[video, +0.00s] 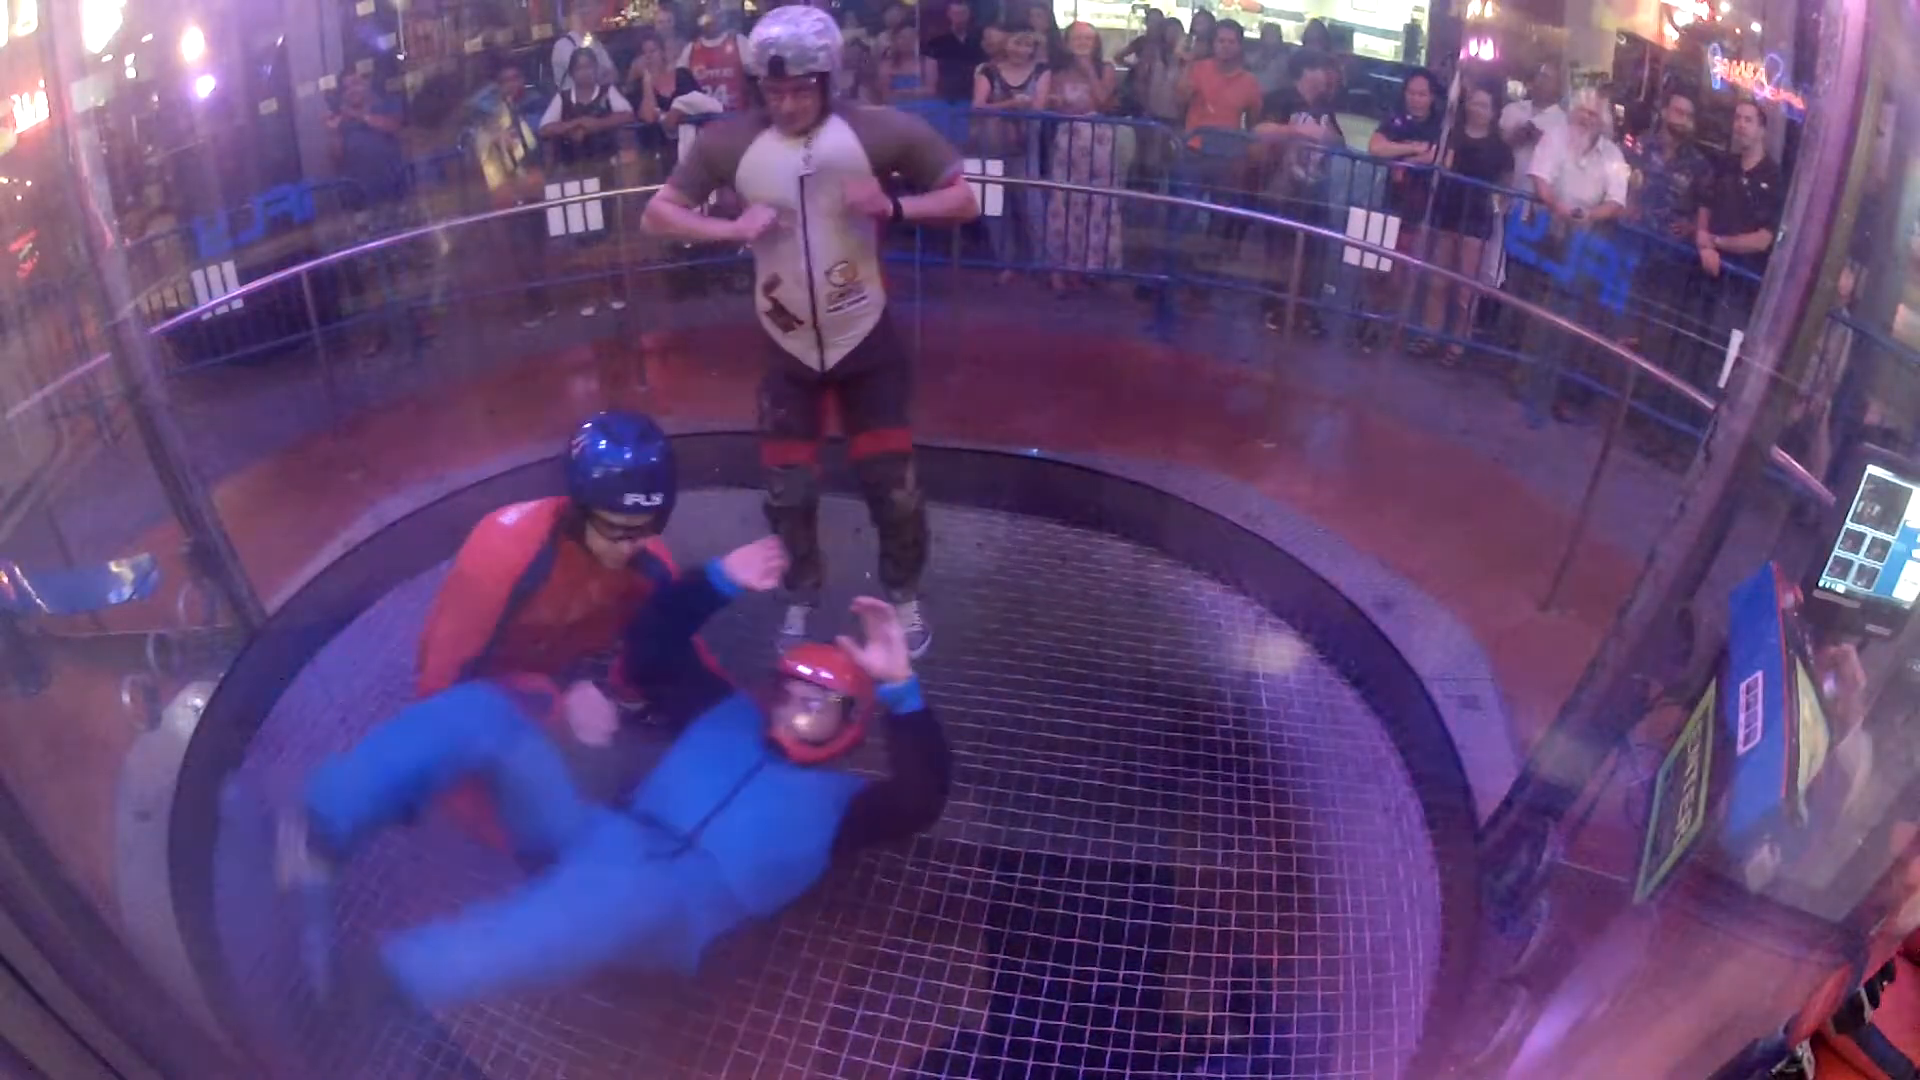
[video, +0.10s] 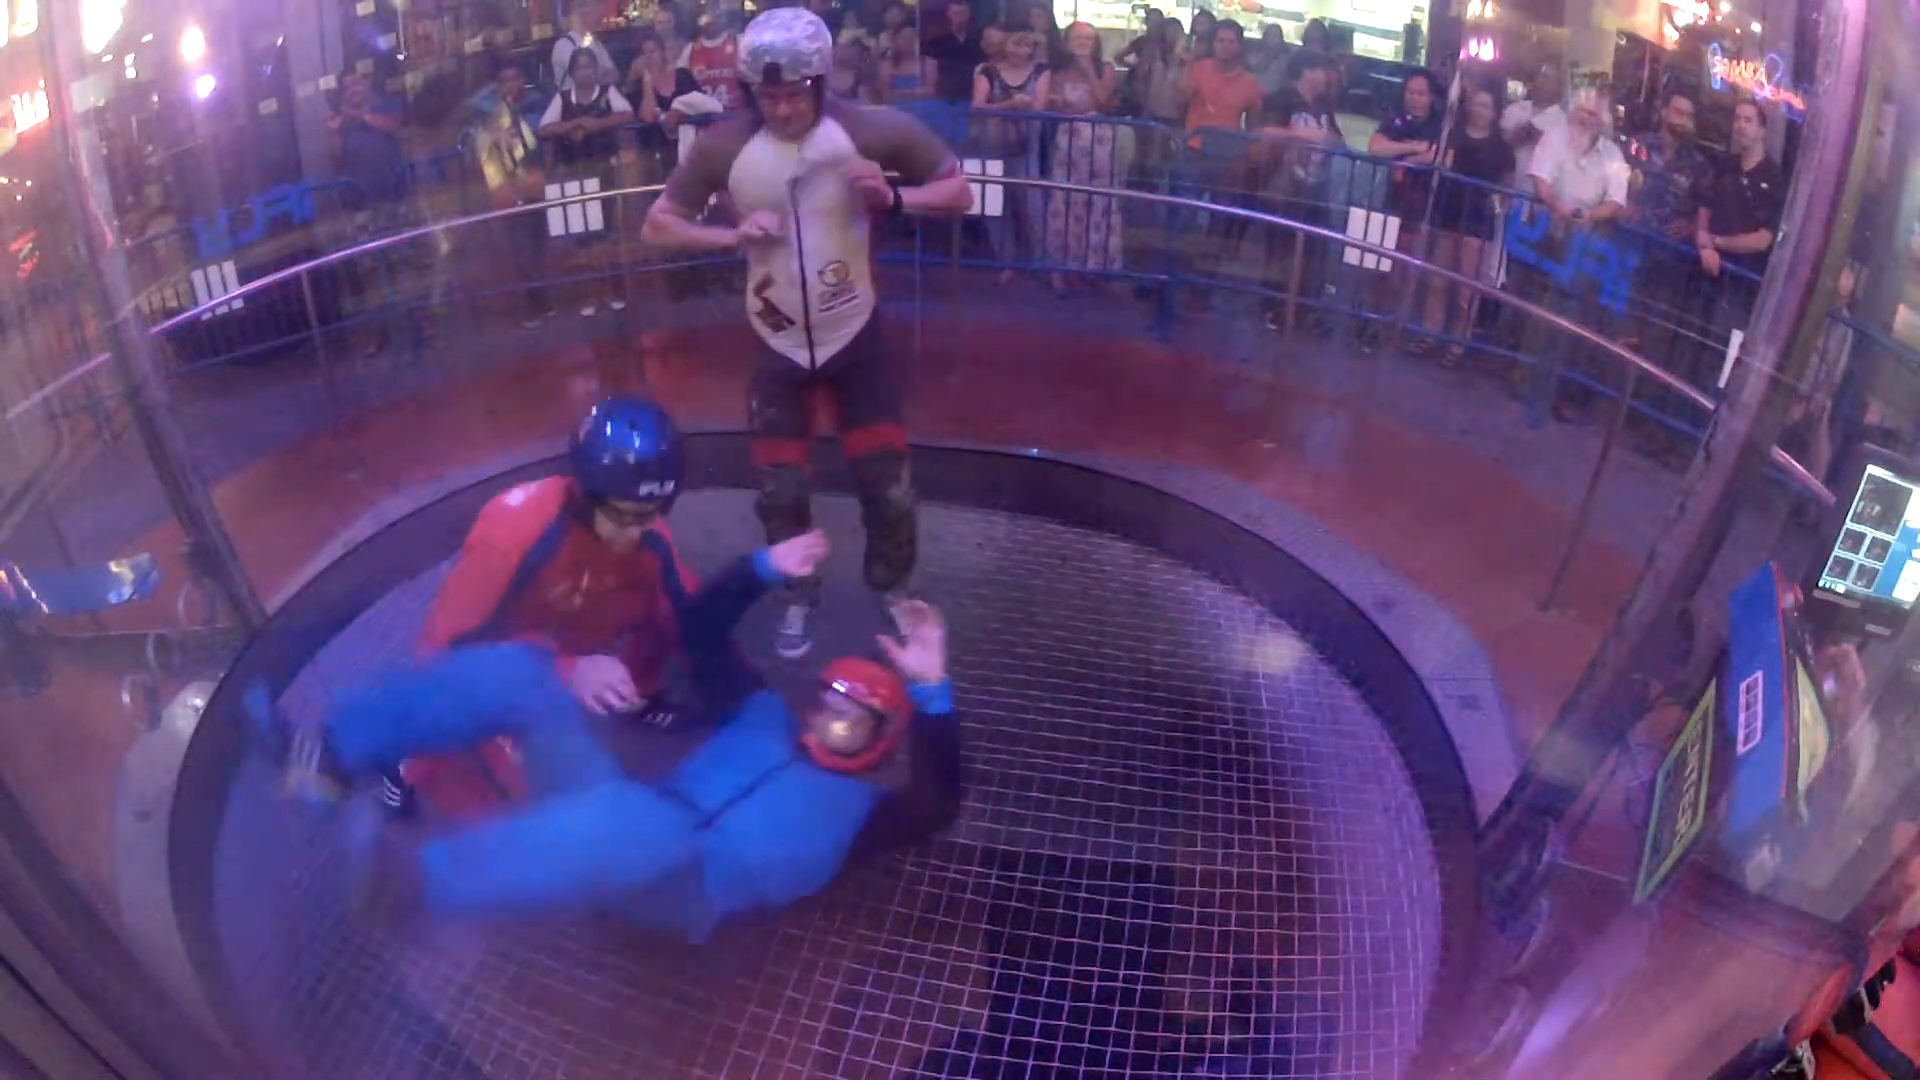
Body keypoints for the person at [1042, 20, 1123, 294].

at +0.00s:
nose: (1082, 44)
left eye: (1088, 39)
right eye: (1076, 39)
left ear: (1096, 43)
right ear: (1067, 43)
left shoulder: (1105, 70)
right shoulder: (1059, 73)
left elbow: (1103, 101)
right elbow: (1047, 104)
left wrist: (1089, 70)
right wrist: (1059, 103)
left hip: (1097, 139)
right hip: (1068, 138)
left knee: (1095, 201)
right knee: (1065, 200)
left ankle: (1089, 266)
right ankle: (1061, 266)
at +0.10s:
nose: (1082, 44)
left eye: (1087, 39)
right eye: (1076, 39)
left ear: (1096, 43)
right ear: (1067, 43)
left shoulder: (1105, 70)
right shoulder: (1060, 73)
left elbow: (1102, 101)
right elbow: (1046, 103)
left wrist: (1089, 70)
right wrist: (1060, 103)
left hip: (1098, 139)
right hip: (1068, 138)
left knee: (1096, 201)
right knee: (1066, 200)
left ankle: (1093, 265)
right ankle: (1063, 265)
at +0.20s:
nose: (1081, 44)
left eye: (1087, 39)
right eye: (1076, 39)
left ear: (1096, 43)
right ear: (1067, 43)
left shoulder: (1105, 70)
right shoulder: (1060, 73)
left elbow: (1102, 101)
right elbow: (1046, 103)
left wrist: (1089, 70)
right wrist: (1060, 103)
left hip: (1098, 139)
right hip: (1068, 138)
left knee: (1096, 201)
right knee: (1066, 201)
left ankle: (1093, 266)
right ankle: (1063, 266)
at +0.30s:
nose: (1082, 44)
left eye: (1088, 39)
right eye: (1077, 39)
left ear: (1096, 43)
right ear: (1068, 42)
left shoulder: (1105, 70)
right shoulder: (1060, 73)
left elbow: (1102, 101)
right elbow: (1050, 104)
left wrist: (1090, 71)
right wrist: (1065, 104)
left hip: (1099, 139)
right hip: (1069, 137)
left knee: (1098, 201)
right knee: (1067, 200)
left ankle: (1095, 266)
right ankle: (1064, 266)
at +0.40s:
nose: (1081, 44)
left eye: (1087, 39)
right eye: (1076, 39)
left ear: (1096, 43)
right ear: (1068, 42)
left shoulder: (1105, 70)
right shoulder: (1060, 73)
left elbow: (1102, 101)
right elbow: (1050, 103)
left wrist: (1090, 70)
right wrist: (1067, 105)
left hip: (1099, 139)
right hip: (1069, 137)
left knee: (1098, 201)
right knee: (1067, 200)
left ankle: (1096, 266)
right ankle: (1064, 266)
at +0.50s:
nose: (1082, 44)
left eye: (1088, 39)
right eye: (1077, 39)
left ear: (1096, 42)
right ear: (1068, 42)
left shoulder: (1107, 71)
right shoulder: (1061, 74)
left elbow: (1103, 101)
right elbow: (1051, 104)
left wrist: (1091, 71)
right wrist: (1065, 104)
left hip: (1100, 140)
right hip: (1069, 138)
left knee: (1098, 201)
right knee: (1067, 200)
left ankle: (1097, 266)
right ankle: (1064, 266)